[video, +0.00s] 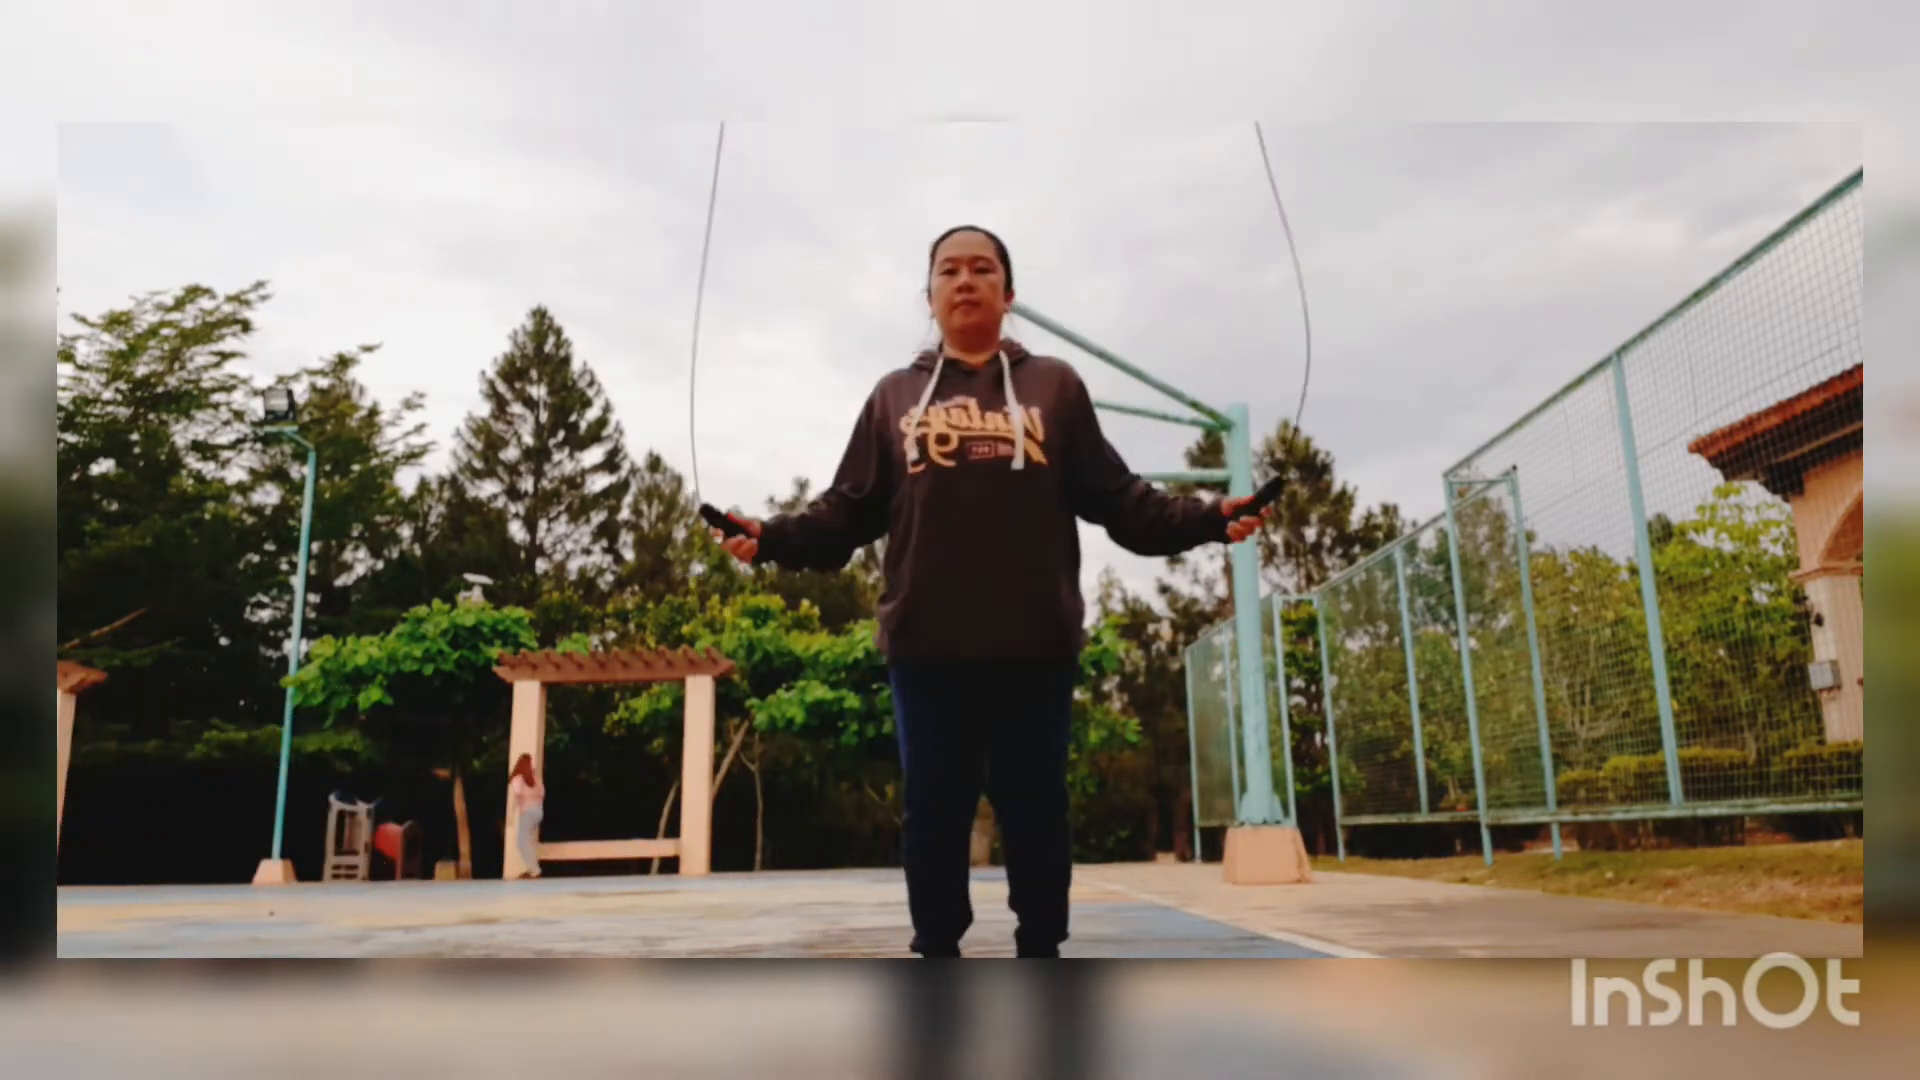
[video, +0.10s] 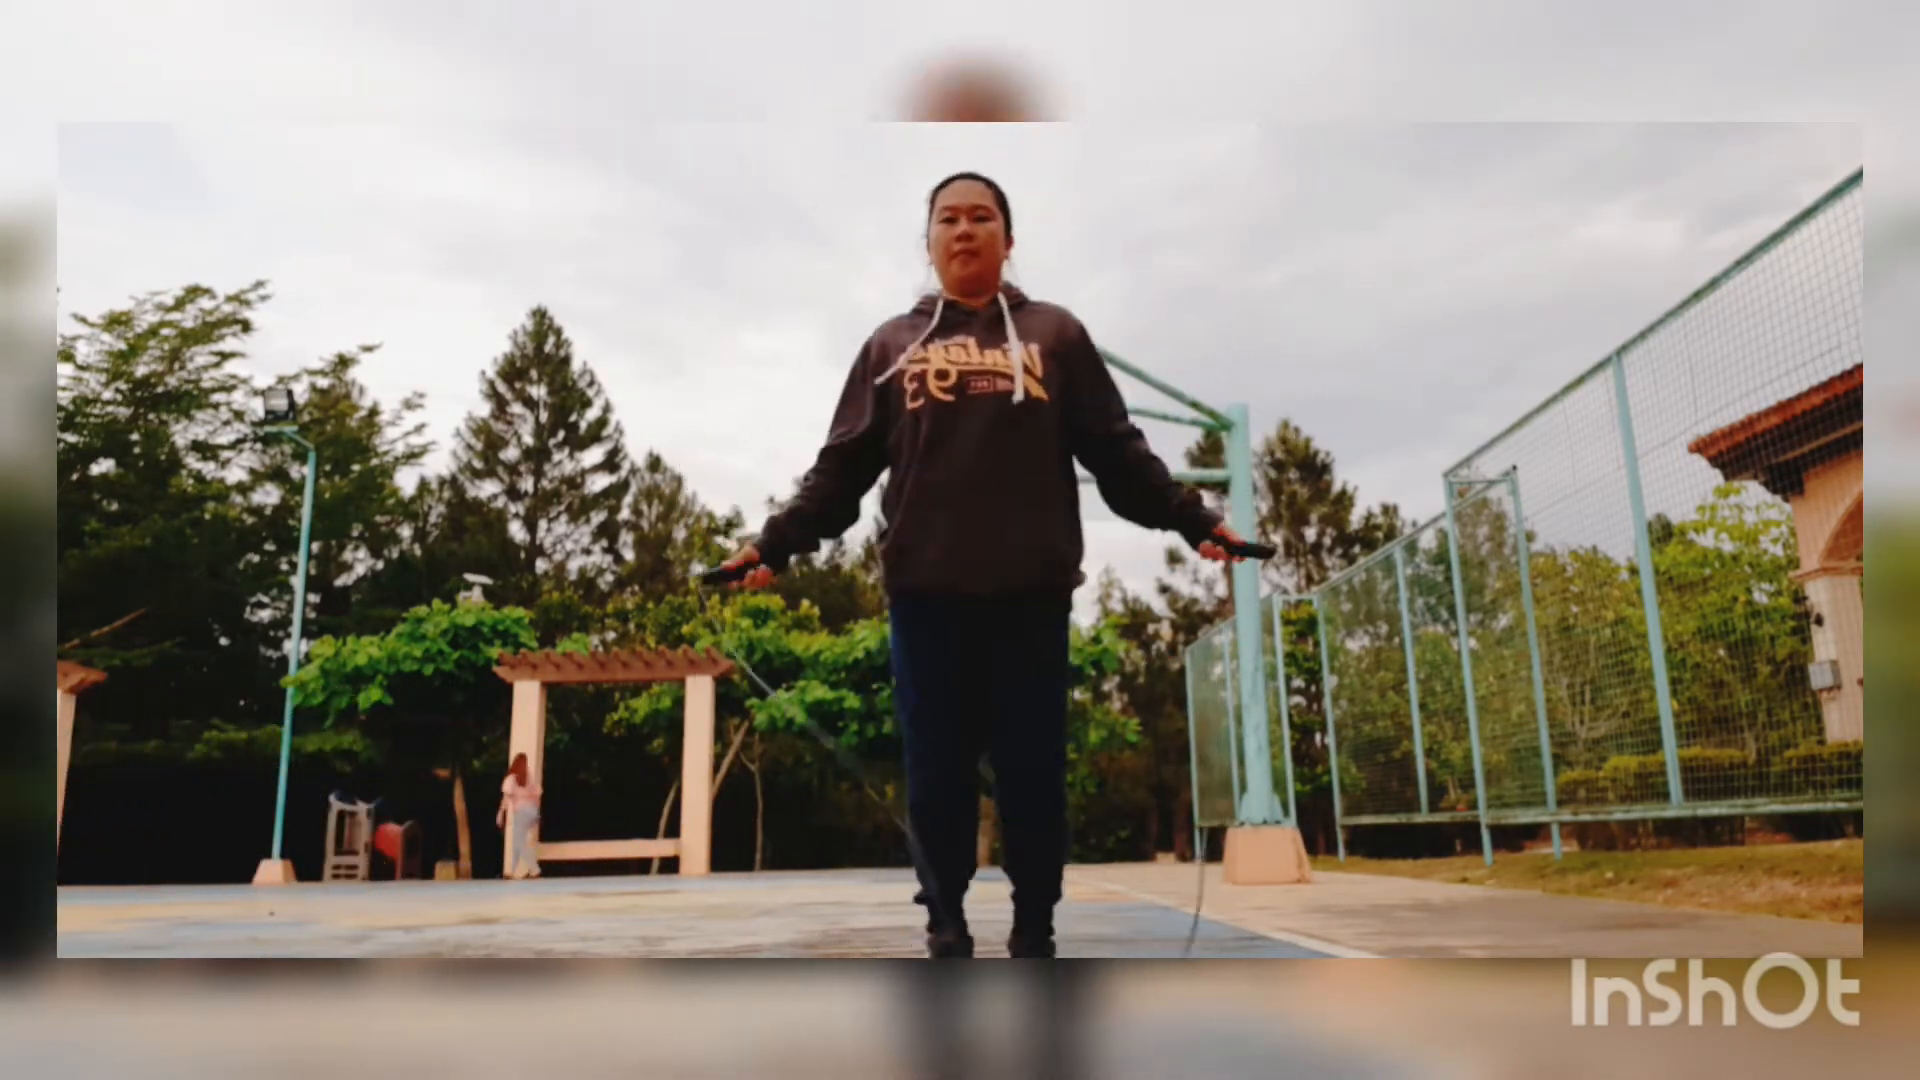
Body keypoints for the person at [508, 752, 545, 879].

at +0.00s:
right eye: (529, 764)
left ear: (519, 764)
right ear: (530, 765)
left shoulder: (518, 778)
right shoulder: (535, 777)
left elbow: (517, 795)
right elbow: (542, 792)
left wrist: (512, 813)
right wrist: (539, 805)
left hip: (527, 810)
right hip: (538, 809)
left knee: (522, 840)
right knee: (529, 840)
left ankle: (534, 868)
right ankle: (531, 867)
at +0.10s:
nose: (520, 766)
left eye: (517, 763)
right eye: (523, 763)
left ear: (514, 764)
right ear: (525, 764)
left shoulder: (510, 778)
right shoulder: (530, 777)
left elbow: (506, 798)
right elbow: (537, 793)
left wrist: (500, 813)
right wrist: (536, 809)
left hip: (519, 811)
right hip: (532, 810)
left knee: (520, 842)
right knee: (518, 841)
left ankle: (534, 868)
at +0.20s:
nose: (517, 766)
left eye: (515, 763)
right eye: (518, 763)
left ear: (511, 764)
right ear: (521, 765)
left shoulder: (506, 778)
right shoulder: (527, 778)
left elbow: (499, 797)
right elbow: (533, 797)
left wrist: (492, 813)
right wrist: (535, 814)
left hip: (512, 812)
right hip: (524, 811)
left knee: (516, 842)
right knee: (510, 841)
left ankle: (532, 867)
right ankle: (501, 871)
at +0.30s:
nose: (509, 768)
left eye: (507, 765)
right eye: (511, 765)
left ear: (503, 765)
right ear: (514, 765)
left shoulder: (499, 778)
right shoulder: (519, 779)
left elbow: (493, 796)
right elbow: (522, 799)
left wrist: (486, 812)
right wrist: (526, 817)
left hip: (503, 812)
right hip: (516, 812)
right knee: (501, 843)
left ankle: (521, 863)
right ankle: (501, 871)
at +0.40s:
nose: (503, 767)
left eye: (501, 763)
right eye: (505, 764)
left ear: (498, 765)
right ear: (510, 765)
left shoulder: (494, 778)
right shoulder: (513, 778)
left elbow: (489, 797)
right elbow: (516, 796)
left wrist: (484, 812)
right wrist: (516, 815)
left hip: (499, 812)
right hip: (512, 811)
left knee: (486, 840)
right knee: (500, 841)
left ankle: (506, 862)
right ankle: (500, 870)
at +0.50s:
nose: (495, 766)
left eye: (494, 763)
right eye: (497, 764)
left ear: (492, 764)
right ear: (504, 764)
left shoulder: (488, 777)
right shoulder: (508, 777)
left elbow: (485, 797)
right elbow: (510, 795)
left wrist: (479, 813)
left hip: (493, 810)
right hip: (506, 809)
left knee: (478, 837)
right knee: (498, 839)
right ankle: (501, 869)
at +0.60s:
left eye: (485, 763)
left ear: (487, 764)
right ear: (499, 764)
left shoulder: (484, 777)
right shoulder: (504, 777)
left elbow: (481, 796)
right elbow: (507, 795)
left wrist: (476, 811)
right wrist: (506, 809)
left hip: (488, 808)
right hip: (501, 808)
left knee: (478, 838)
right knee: (497, 840)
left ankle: (468, 869)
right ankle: (501, 869)